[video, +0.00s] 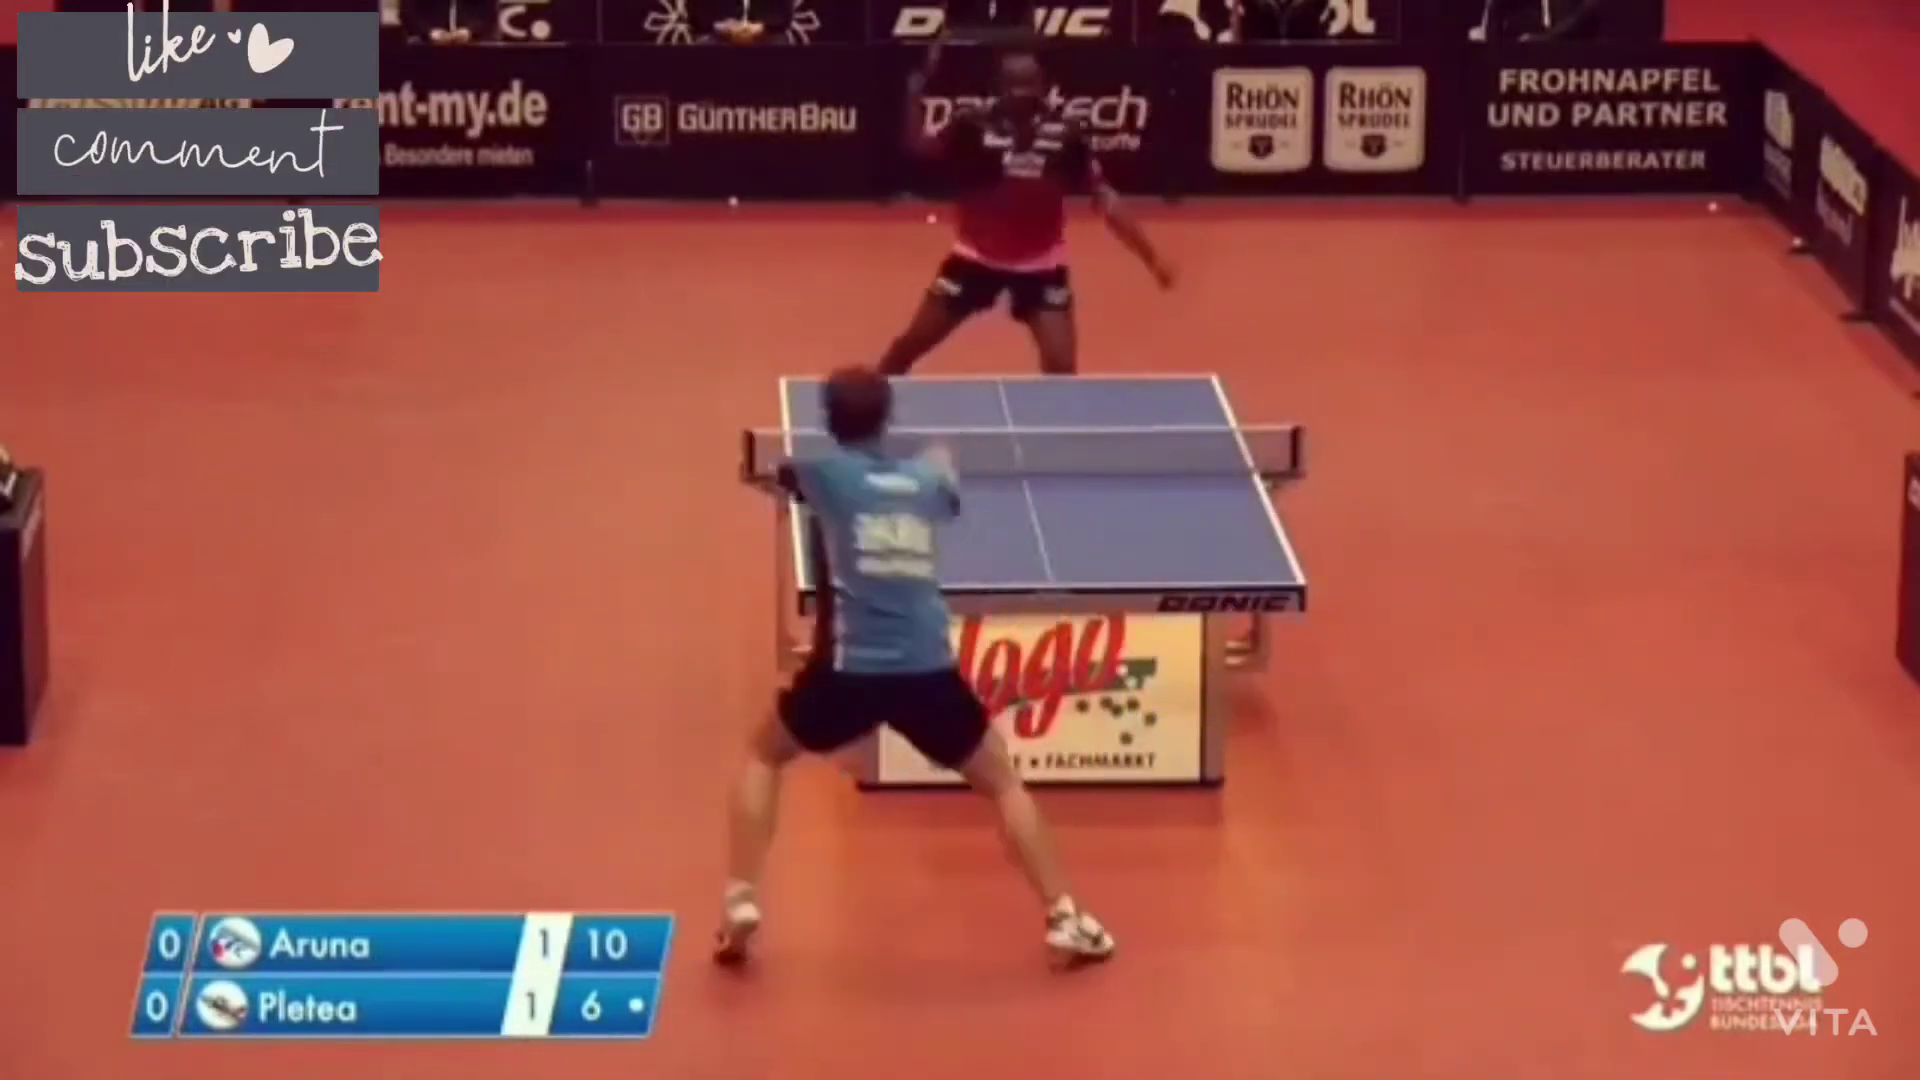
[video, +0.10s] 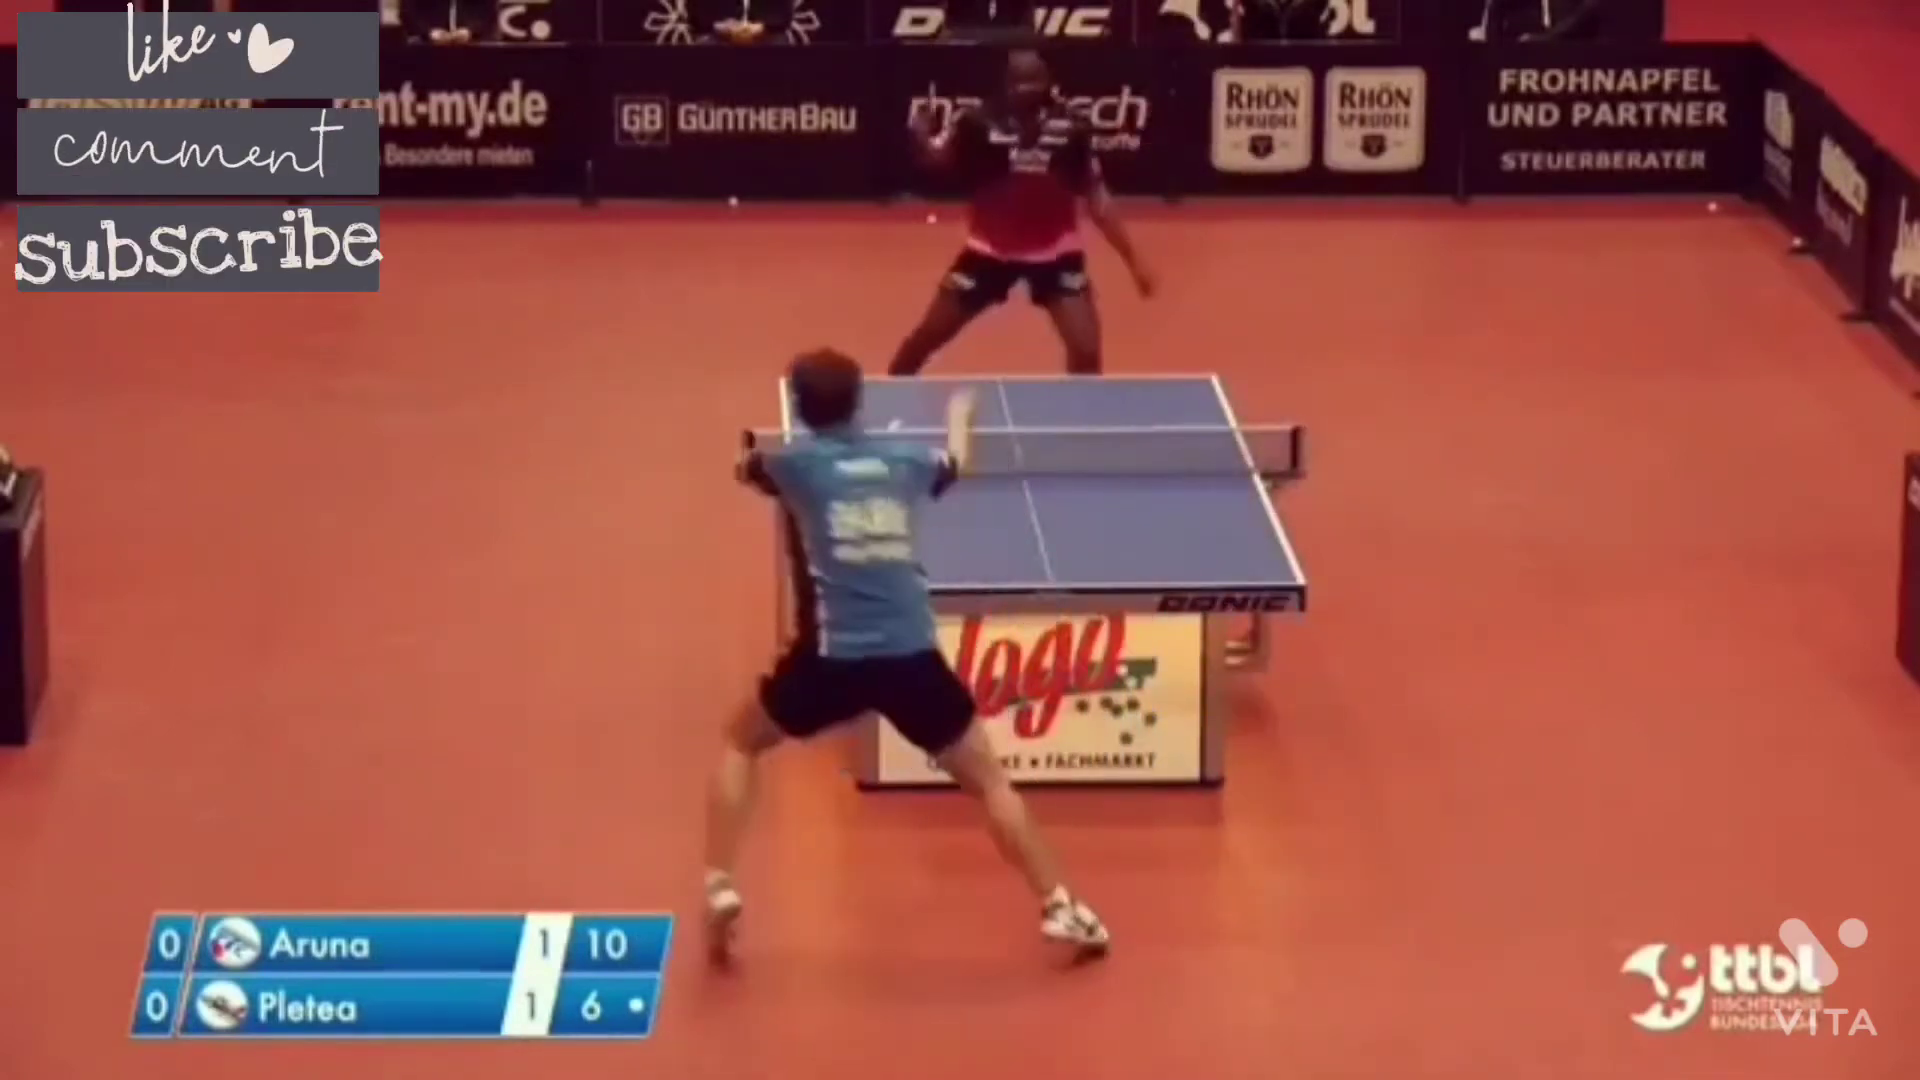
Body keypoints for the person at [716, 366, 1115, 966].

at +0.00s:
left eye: (835, 412)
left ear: (831, 421)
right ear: (886, 419)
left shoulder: (824, 474)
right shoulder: (925, 475)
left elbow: (773, 476)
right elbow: (950, 505)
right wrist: (938, 465)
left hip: (848, 675)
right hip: (929, 676)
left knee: (765, 757)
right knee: (1003, 784)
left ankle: (742, 898)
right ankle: (1065, 915)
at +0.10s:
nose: (793, 410)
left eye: (795, 401)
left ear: (800, 408)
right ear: (857, 402)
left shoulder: (795, 462)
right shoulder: (897, 459)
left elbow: (749, 472)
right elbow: (952, 470)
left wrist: (757, 457)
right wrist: (960, 427)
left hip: (834, 661)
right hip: (913, 659)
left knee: (742, 743)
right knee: (989, 779)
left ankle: (721, 883)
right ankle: (1059, 904)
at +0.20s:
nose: (725, 397)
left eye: (725, 389)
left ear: (732, 400)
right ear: (788, 387)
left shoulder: (730, 472)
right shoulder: (837, 438)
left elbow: (663, 500)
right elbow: (925, 411)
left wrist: (651, 504)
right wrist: (957, 329)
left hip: (782, 655)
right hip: (862, 644)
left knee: (696, 760)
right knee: (950, 772)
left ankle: (627, 888)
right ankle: (1029, 889)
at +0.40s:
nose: (716, 457)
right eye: (716, 450)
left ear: (661, 469)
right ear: (721, 462)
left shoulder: (643, 551)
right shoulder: (758, 524)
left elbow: (576, 611)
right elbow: (841, 554)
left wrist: (615, 601)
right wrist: (857, 469)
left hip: (703, 725)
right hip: (787, 718)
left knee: (617, 796)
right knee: (877, 786)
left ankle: (568, 928)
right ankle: (949, 907)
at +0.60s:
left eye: (747, 439)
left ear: (742, 452)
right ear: (804, 455)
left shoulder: (716, 522)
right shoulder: (828, 523)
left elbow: (651, 584)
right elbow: (904, 588)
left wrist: (693, 560)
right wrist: (901, 553)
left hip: (741, 714)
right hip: (831, 711)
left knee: (654, 822)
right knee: (946, 774)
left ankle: (571, 920)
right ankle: (1005, 911)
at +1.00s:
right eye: (937, 521)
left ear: (885, 528)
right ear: (942, 535)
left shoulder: (842, 583)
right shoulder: (962, 610)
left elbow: (788, 620)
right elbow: (989, 696)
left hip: (836, 780)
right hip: (926, 787)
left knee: (749, 826)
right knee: (1030, 850)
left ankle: (692, 957)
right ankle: (1085, 992)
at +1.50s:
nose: (627, 439)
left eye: (627, 430)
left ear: (629, 442)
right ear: (686, 429)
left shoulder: (637, 512)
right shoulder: (734, 482)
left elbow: (582, 584)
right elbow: (814, 455)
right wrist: (852, 375)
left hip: (687, 705)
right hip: (765, 694)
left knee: (639, 845)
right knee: (828, 829)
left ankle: (627, 990)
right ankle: (898, 956)